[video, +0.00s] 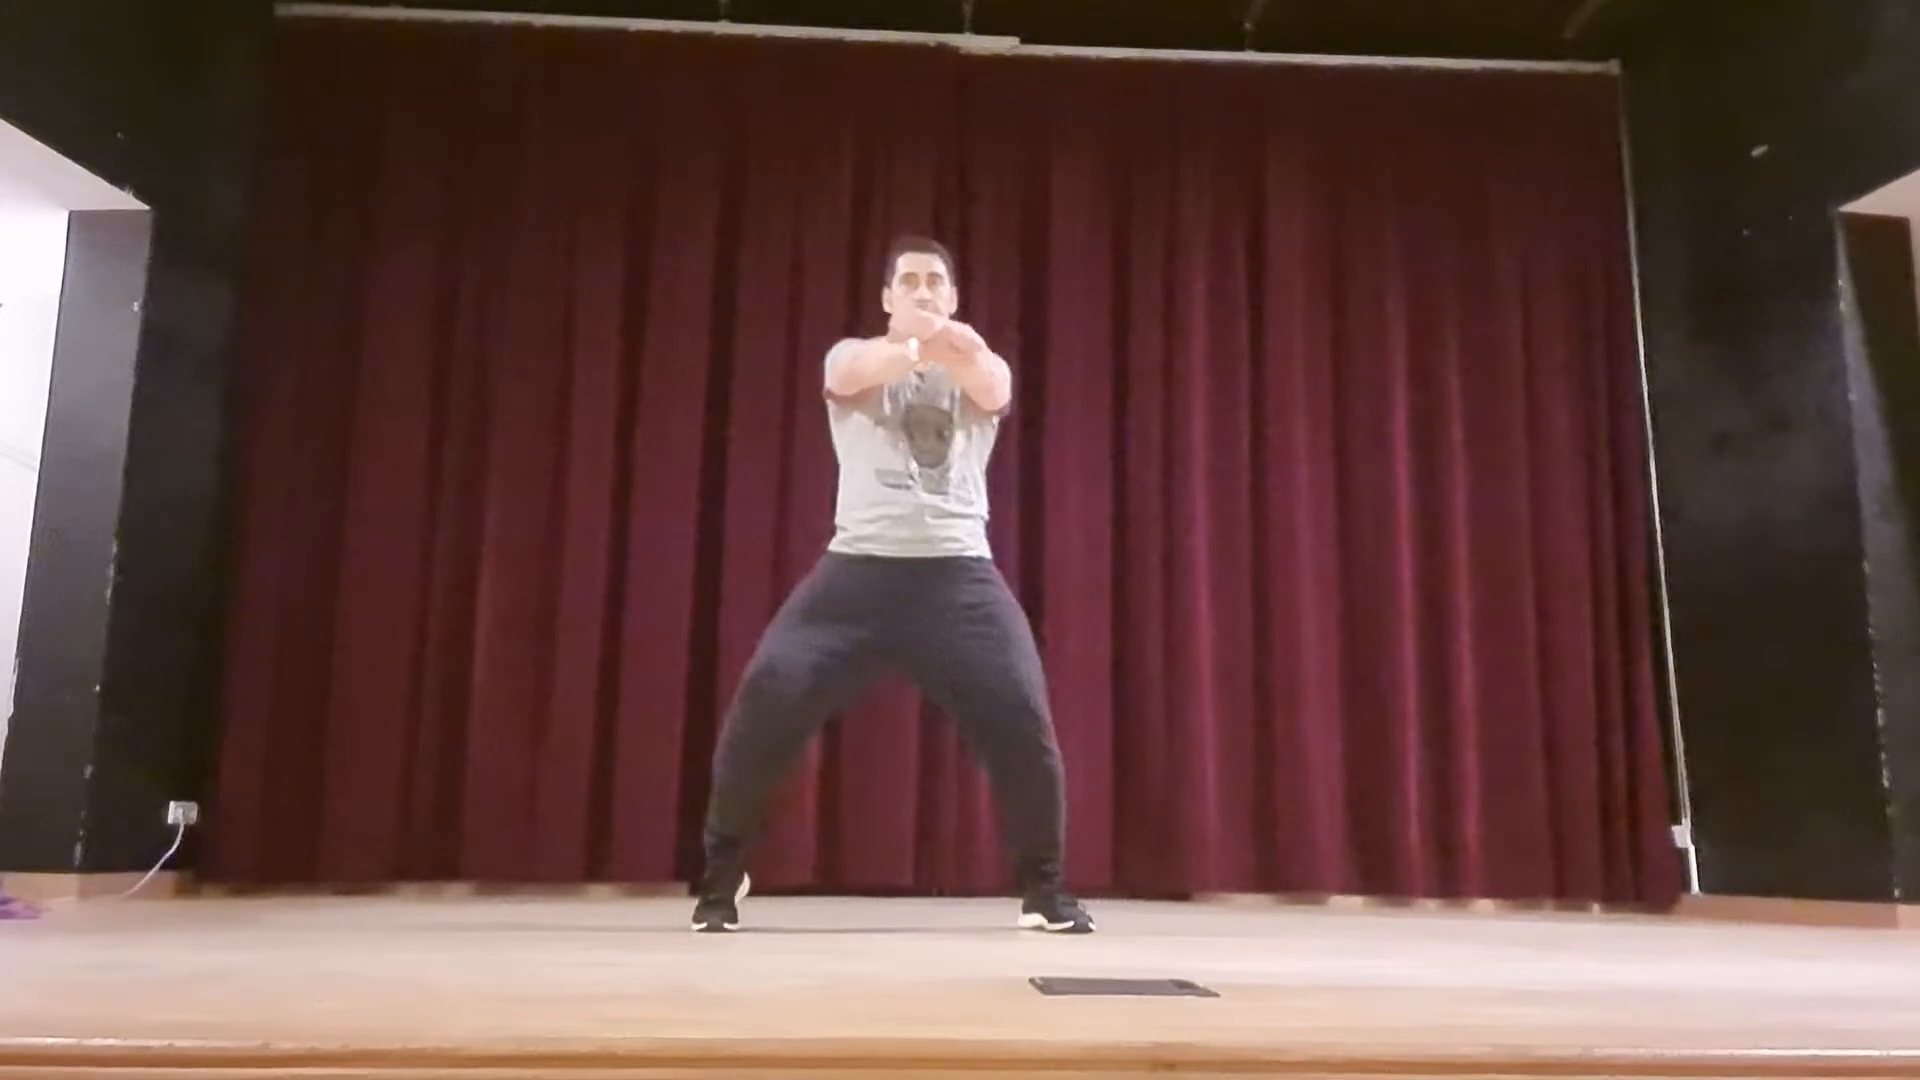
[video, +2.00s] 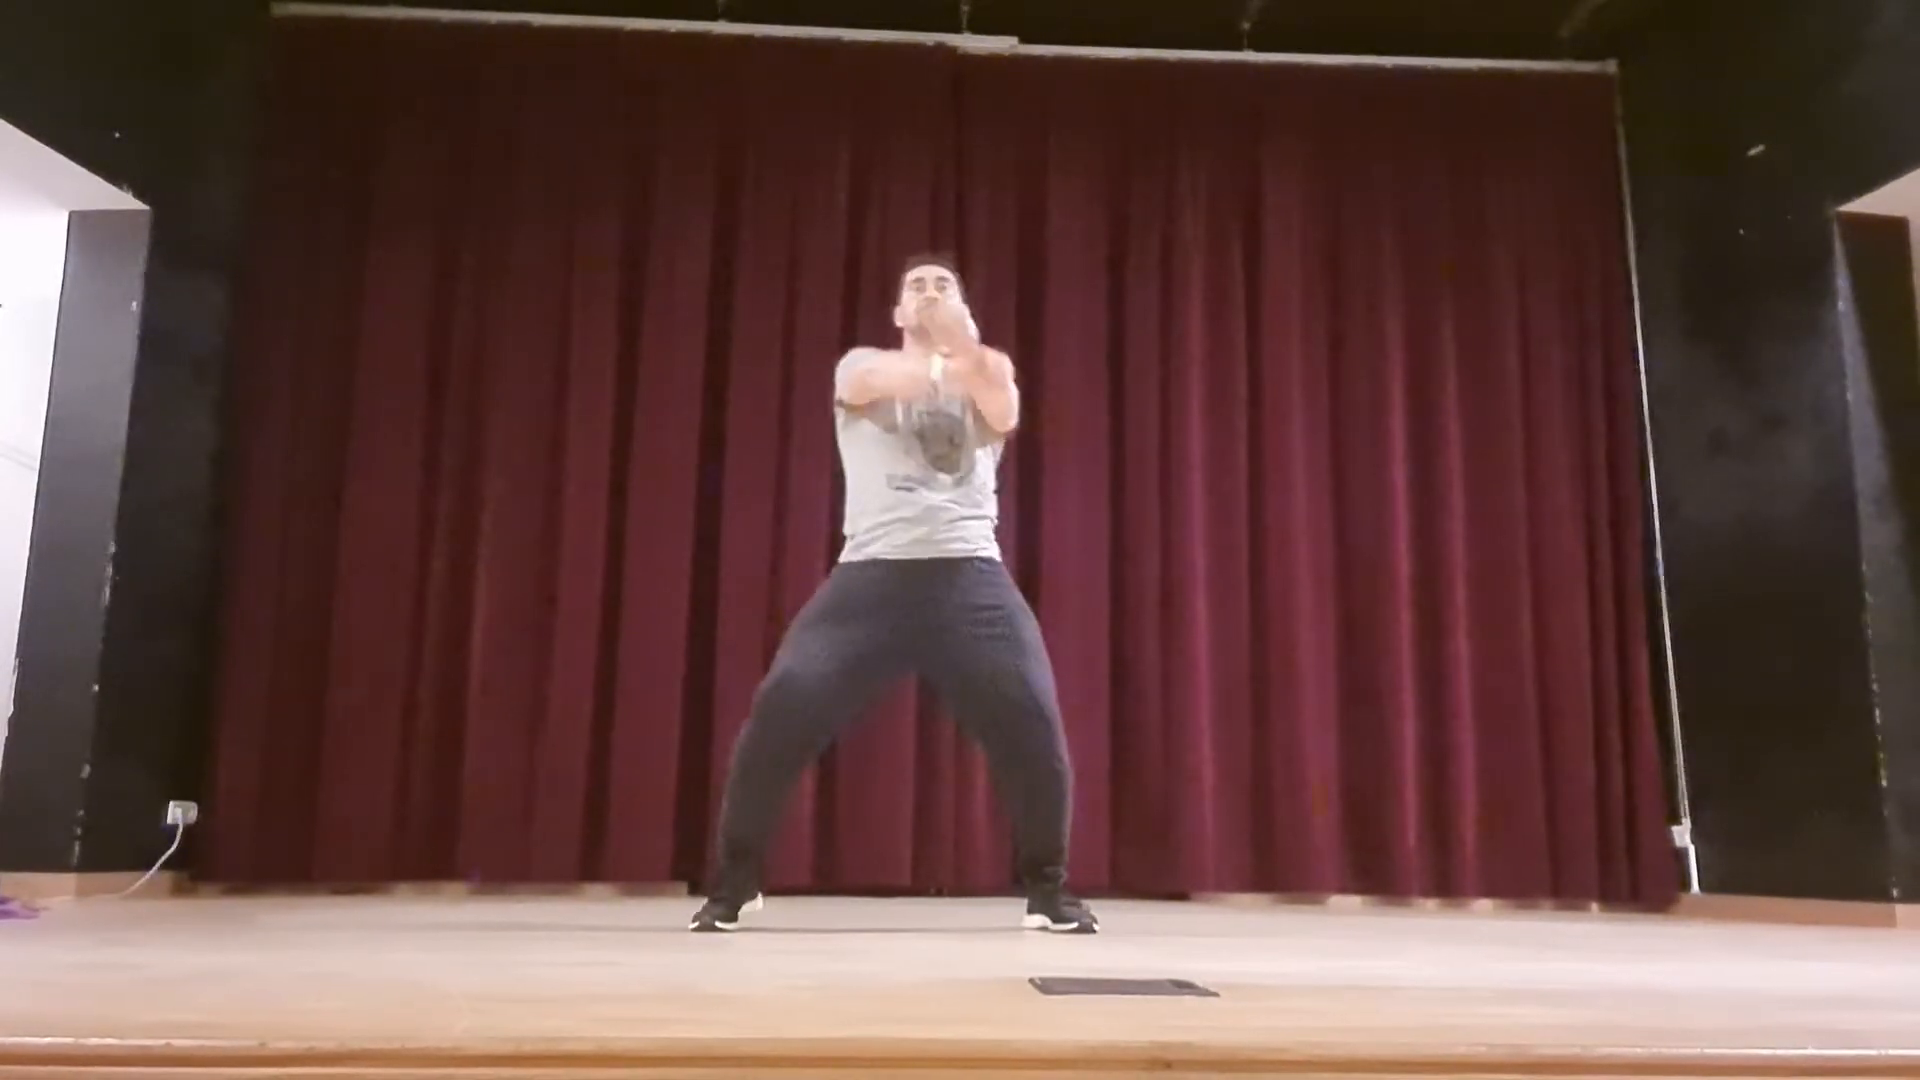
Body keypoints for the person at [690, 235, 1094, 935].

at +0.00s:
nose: (921, 291)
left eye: (932, 281)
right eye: (909, 282)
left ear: (954, 297)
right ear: (887, 298)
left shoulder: (980, 364)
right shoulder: (854, 356)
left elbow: (992, 394)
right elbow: (847, 378)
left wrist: (954, 344)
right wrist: (914, 344)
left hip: (960, 577)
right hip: (856, 572)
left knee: (1022, 718)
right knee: (771, 688)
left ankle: (1045, 888)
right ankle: (722, 867)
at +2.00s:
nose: (929, 293)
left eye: (942, 285)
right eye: (917, 288)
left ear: (967, 310)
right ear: (899, 315)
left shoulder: (989, 367)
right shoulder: (865, 363)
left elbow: (1002, 419)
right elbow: (862, 385)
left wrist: (968, 353)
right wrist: (925, 375)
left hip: (971, 578)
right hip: (869, 578)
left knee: (1031, 714)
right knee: (787, 698)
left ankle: (1047, 890)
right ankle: (734, 879)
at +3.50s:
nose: (928, 296)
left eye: (942, 287)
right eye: (915, 288)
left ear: (971, 310)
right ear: (897, 311)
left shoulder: (991, 373)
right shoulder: (867, 359)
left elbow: (1007, 420)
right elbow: (860, 387)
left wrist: (974, 365)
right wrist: (932, 372)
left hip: (969, 581)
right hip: (865, 579)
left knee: (1026, 711)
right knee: (779, 690)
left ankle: (1041, 888)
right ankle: (734, 872)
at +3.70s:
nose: (884, 272)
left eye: (898, 265)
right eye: (870, 264)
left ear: (918, 288)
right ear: (844, 290)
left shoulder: (941, 350)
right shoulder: (817, 347)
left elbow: (957, 378)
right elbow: (807, 374)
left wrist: (917, 315)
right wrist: (883, 326)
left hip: (936, 568)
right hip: (835, 573)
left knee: (1028, 689)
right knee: (768, 711)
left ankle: (1044, 866)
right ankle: (730, 887)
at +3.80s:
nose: (860, 283)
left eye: (872, 275)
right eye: (848, 274)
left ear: (896, 298)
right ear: (826, 298)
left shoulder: (925, 357)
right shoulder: (797, 362)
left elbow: (937, 383)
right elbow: (789, 394)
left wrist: (890, 341)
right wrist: (840, 351)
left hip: (929, 572)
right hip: (826, 578)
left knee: (1023, 689)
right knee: (759, 701)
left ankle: (1048, 865)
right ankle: (731, 890)